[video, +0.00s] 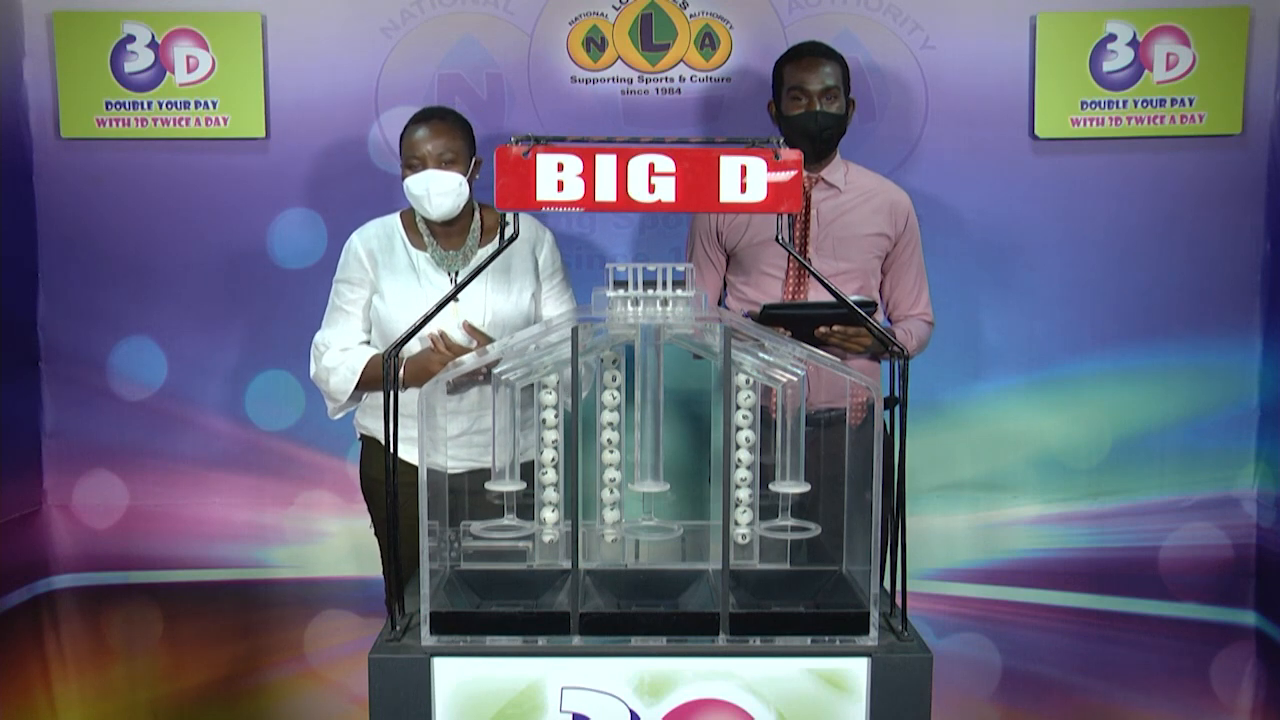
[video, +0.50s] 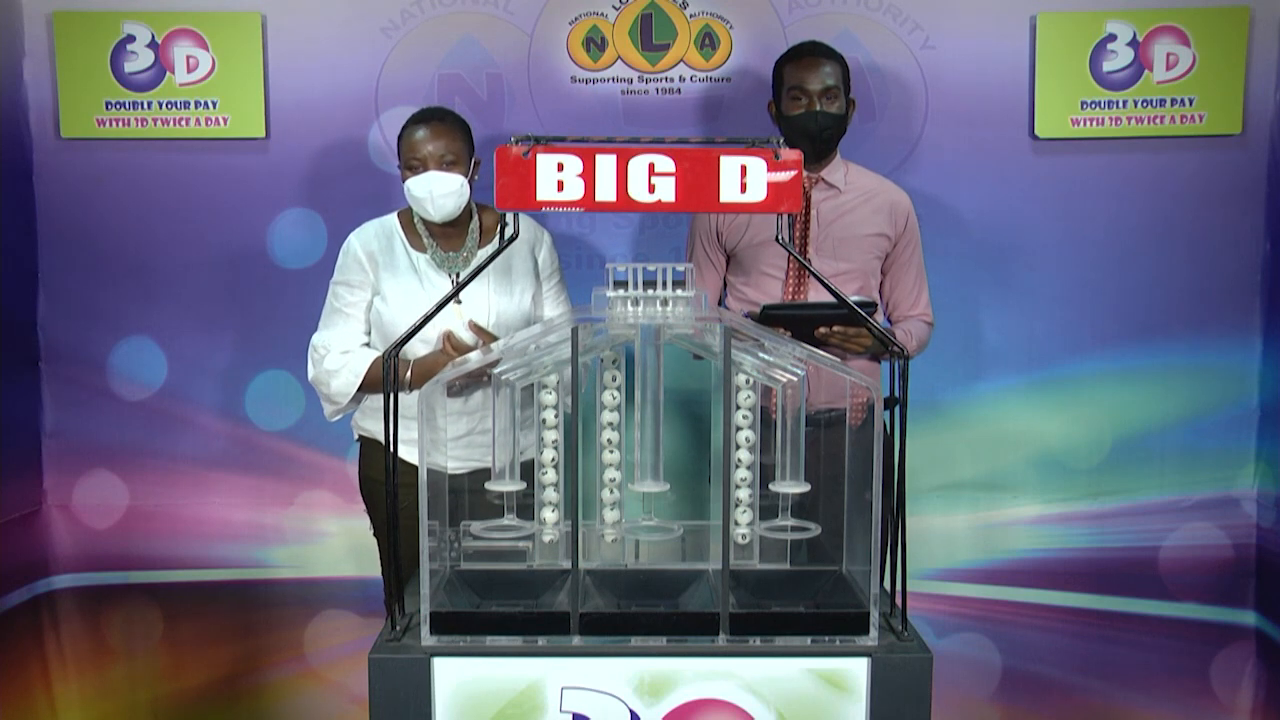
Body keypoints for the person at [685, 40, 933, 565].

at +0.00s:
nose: (814, 109)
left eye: (830, 95)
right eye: (797, 96)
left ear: (849, 108)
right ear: (775, 109)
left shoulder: (888, 204)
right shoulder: (727, 200)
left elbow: (915, 321)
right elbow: (694, 317)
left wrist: (876, 341)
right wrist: (758, 335)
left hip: (843, 417)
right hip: (750, 418)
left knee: (843, 581)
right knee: (752, 580)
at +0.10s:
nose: (814, 109)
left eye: (829, 95)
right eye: (797, 96)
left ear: (849, 107)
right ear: (775, 108)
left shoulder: (888, 204)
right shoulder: (727, 201)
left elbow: (916, 320)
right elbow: (695, 318)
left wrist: (877, 341)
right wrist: (757, 334)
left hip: (843, 417)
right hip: (751, 418)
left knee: (843, 579)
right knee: (752, 578)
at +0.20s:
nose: (814, 109)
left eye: (830, 96)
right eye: (797, 96)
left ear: (849, 108)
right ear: (775, 109)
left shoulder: (888, 204)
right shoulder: (727, 201)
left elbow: (915, 321)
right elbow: (695, 318)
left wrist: (877, 341)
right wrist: (757, 334)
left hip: (842, 417)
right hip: (750, 418)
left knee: (843, 579)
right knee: (751, 579)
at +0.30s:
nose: (814, 109)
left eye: (830, 96)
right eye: (797, 96)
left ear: (849, 108)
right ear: (775, 109)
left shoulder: (888, 204)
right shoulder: (727, 201)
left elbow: (915, 321)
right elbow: (695, 318)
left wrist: (877, 341)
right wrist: (758, 335)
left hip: (842, 416)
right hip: (750, 417)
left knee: (843, 579)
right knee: (751, 578)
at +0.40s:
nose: (815, 109)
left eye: (830, 96)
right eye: (797, 96)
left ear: (849, 108)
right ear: (775, 109)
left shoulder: (888, 205)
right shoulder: (727, 200)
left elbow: (915, 321)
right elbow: (695, 318)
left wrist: (876, 341)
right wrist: (759, 337)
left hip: (842, 416)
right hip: (751, 417)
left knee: (843, 580)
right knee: (752, 579)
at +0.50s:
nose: (814, 109)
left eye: (830, 95)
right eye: (797, 96)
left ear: (849, 108)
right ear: (775, 109)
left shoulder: (888, 205)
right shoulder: (727, 201)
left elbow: (915, 321)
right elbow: (695, 319)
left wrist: (876, 341)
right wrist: (759, 335)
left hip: (842, 416)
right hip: (750, 418)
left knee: (842, 579)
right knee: (751, 578)